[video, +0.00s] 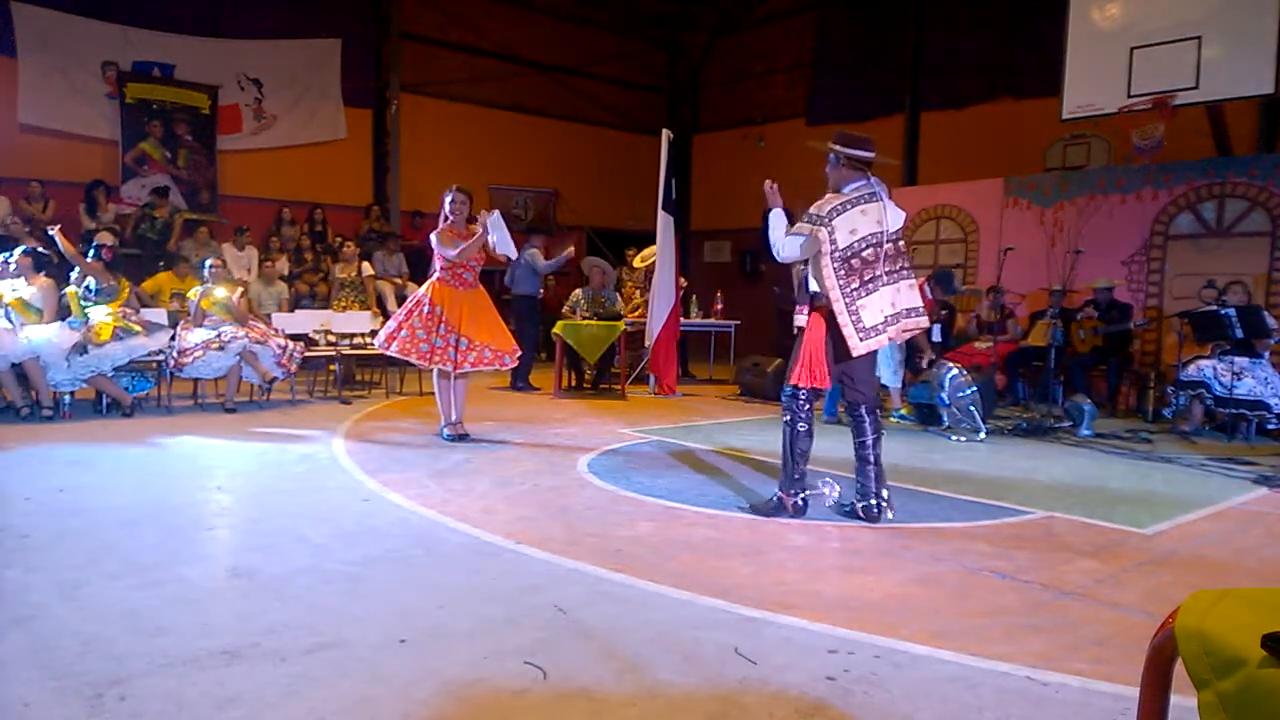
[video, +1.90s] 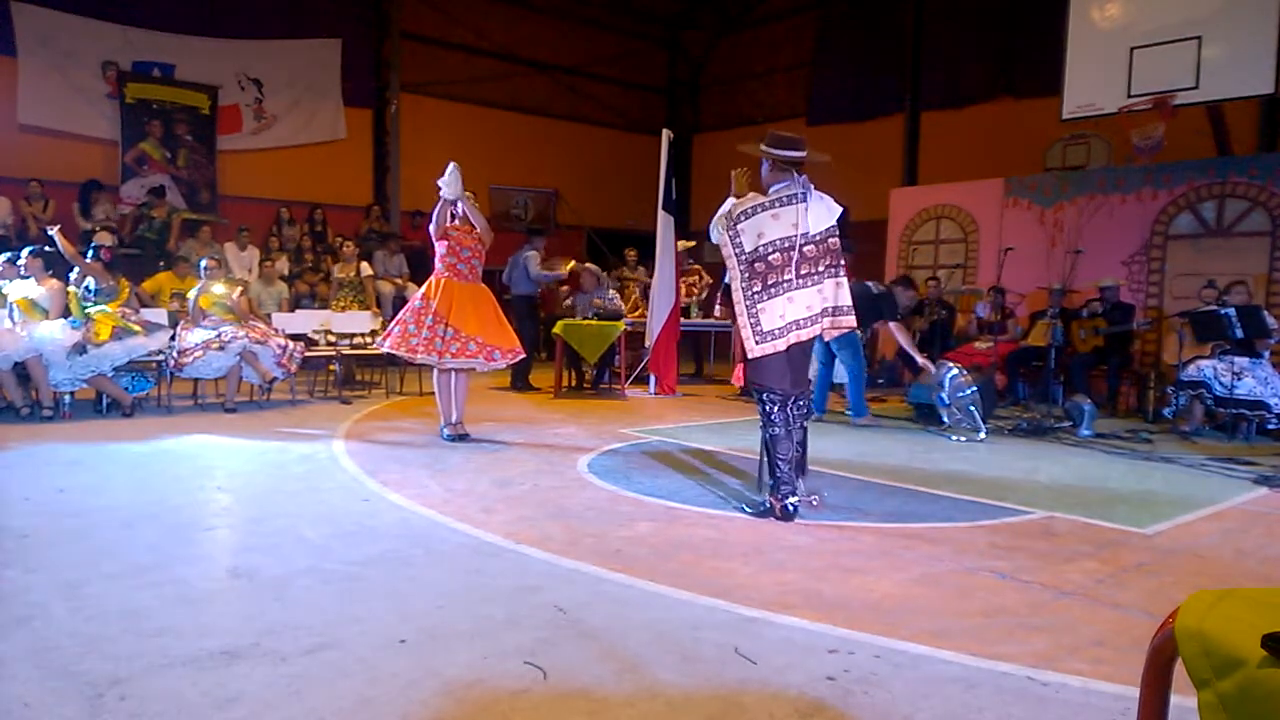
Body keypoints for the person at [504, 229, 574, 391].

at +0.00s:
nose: (543, 244)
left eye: (543, 240)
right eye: (541, 240)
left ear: (529, 240)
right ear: (536, 240)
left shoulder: (519, 257)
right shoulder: (532, 252)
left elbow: (508, 280)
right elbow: (543, 267)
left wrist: (525, 287)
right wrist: (564, 257)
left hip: (517, 298)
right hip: (528, 299)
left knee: (522, 338)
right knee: (530, 339)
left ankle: (517, 376)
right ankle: (522, 378)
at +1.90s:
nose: (544, 245)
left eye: (544, 241)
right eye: (543, 242)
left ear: (529, 241)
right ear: (536, 241)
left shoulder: (516, 256)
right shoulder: (532, 254)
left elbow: (505, 277)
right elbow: (535, 274)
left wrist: (520, 285)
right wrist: (561, 275)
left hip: (516, 298)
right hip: (528, 299)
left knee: (523, 337)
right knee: (529, 339)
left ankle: (517, 376)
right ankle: (522, 378)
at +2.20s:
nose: (550, 251)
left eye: (551, 247)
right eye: (549, 246)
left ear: (536, 244)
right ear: (542, 245)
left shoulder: (519, 256)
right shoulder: (536, 258)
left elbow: (507, 276)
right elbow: (530, 278)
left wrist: (520, 286)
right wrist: (548, 295)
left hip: (516, 299)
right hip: (528, 299)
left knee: (521, 338)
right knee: (529, 339)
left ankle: (517, 376)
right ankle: (523, 377)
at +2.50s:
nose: (564, 260)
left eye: (565, 257)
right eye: (564, 256)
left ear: (553, 251)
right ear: (556, 253)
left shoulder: (532, 259)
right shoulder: (546, 260)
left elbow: (517, 274)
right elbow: (533, 275)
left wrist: (530, 289)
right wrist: (547, 297)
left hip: (519, 297)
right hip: (528, 298)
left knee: (529, 340)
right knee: (531, 341)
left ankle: (535, 376)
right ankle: (524, 378)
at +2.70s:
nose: (573, 262)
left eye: (574, 258)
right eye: (572, 258)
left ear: (565, 257)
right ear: (565, 256)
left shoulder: (554, 267)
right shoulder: (552, 261)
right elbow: (536, 273)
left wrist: (549, 296)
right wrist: (549, 294)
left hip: (535, 299)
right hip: (527, 298)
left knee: (538, 339)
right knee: (531, 339)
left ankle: (537, 377)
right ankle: (523, 379)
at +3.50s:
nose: (572, 260)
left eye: (574, 256)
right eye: (571, 255)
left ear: (567, 255)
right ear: (564, 252)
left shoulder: (558, 268)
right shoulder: (549, 259)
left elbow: (551, 285)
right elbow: (532, 272)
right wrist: (543, 294)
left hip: (538, 301)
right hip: (528, 300)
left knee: (541, 340)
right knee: (529, 338)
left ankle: (537, 376)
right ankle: (517, 376)